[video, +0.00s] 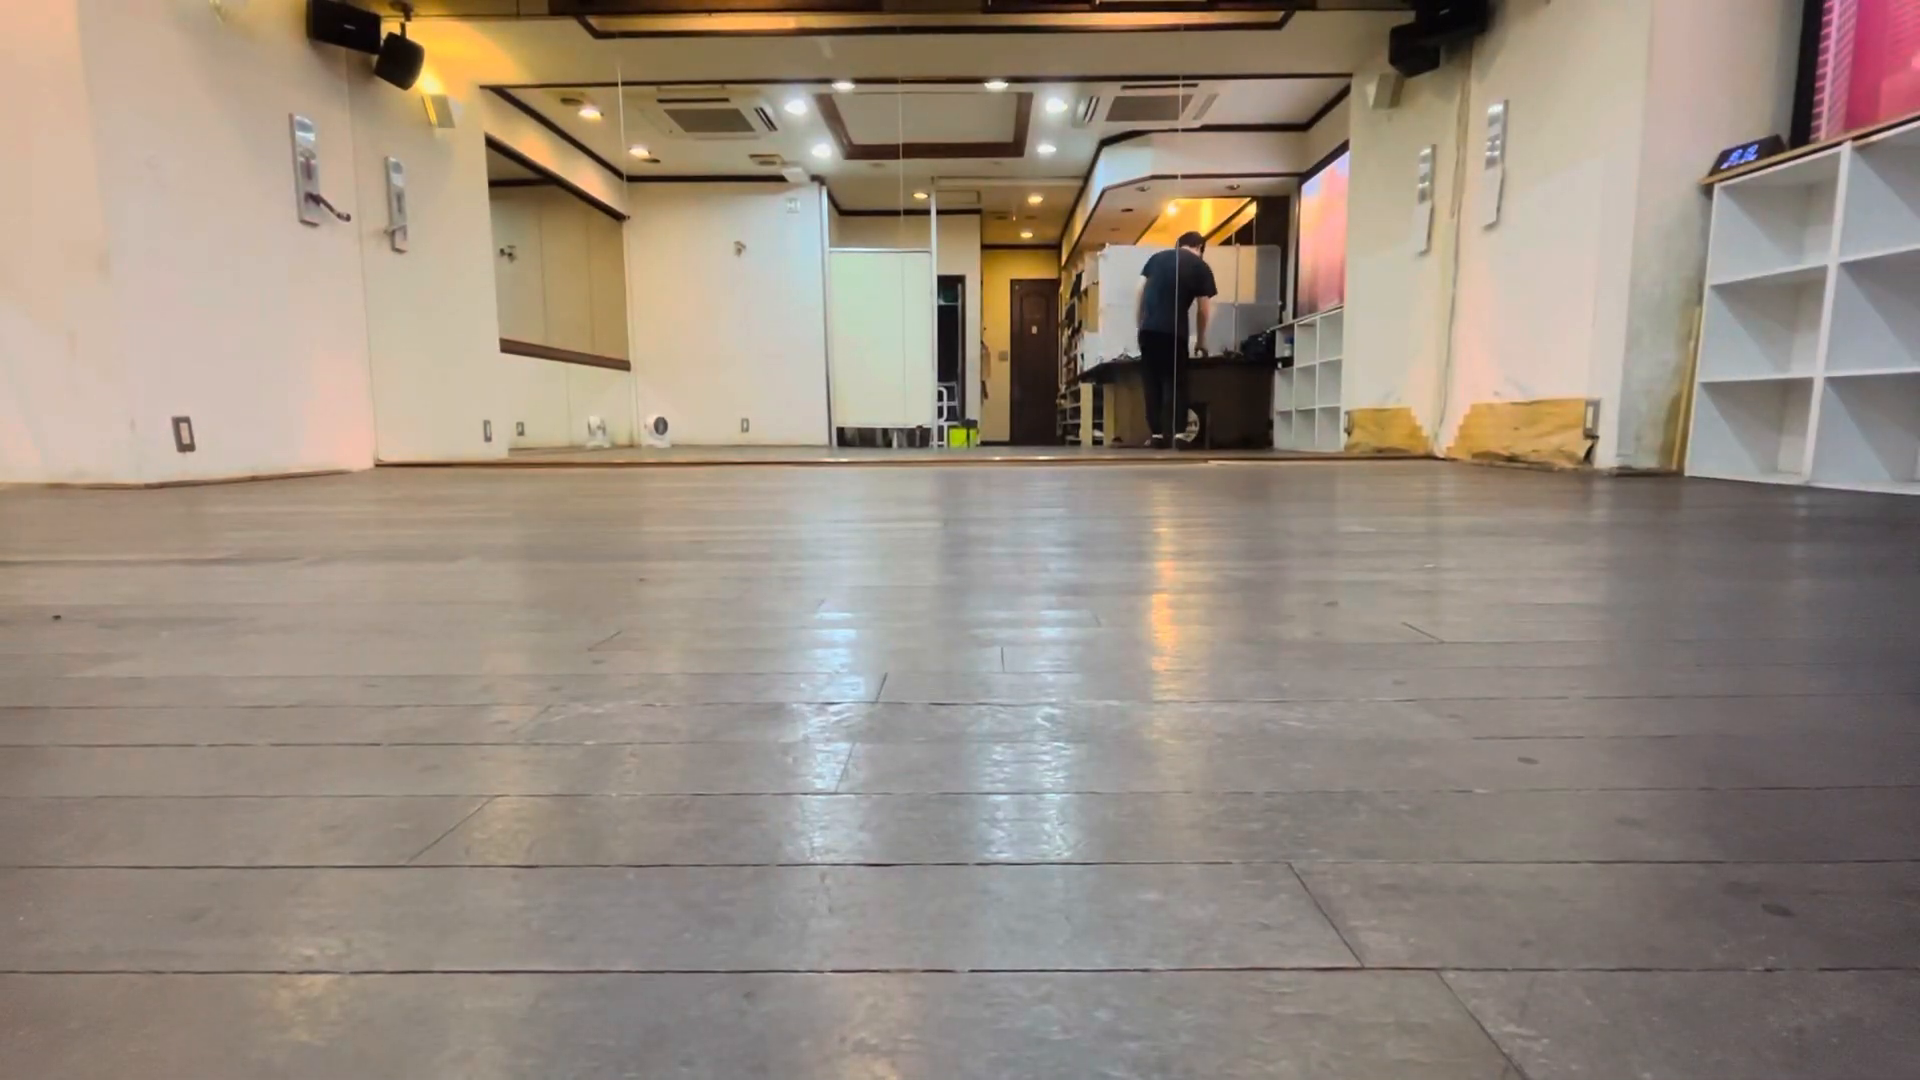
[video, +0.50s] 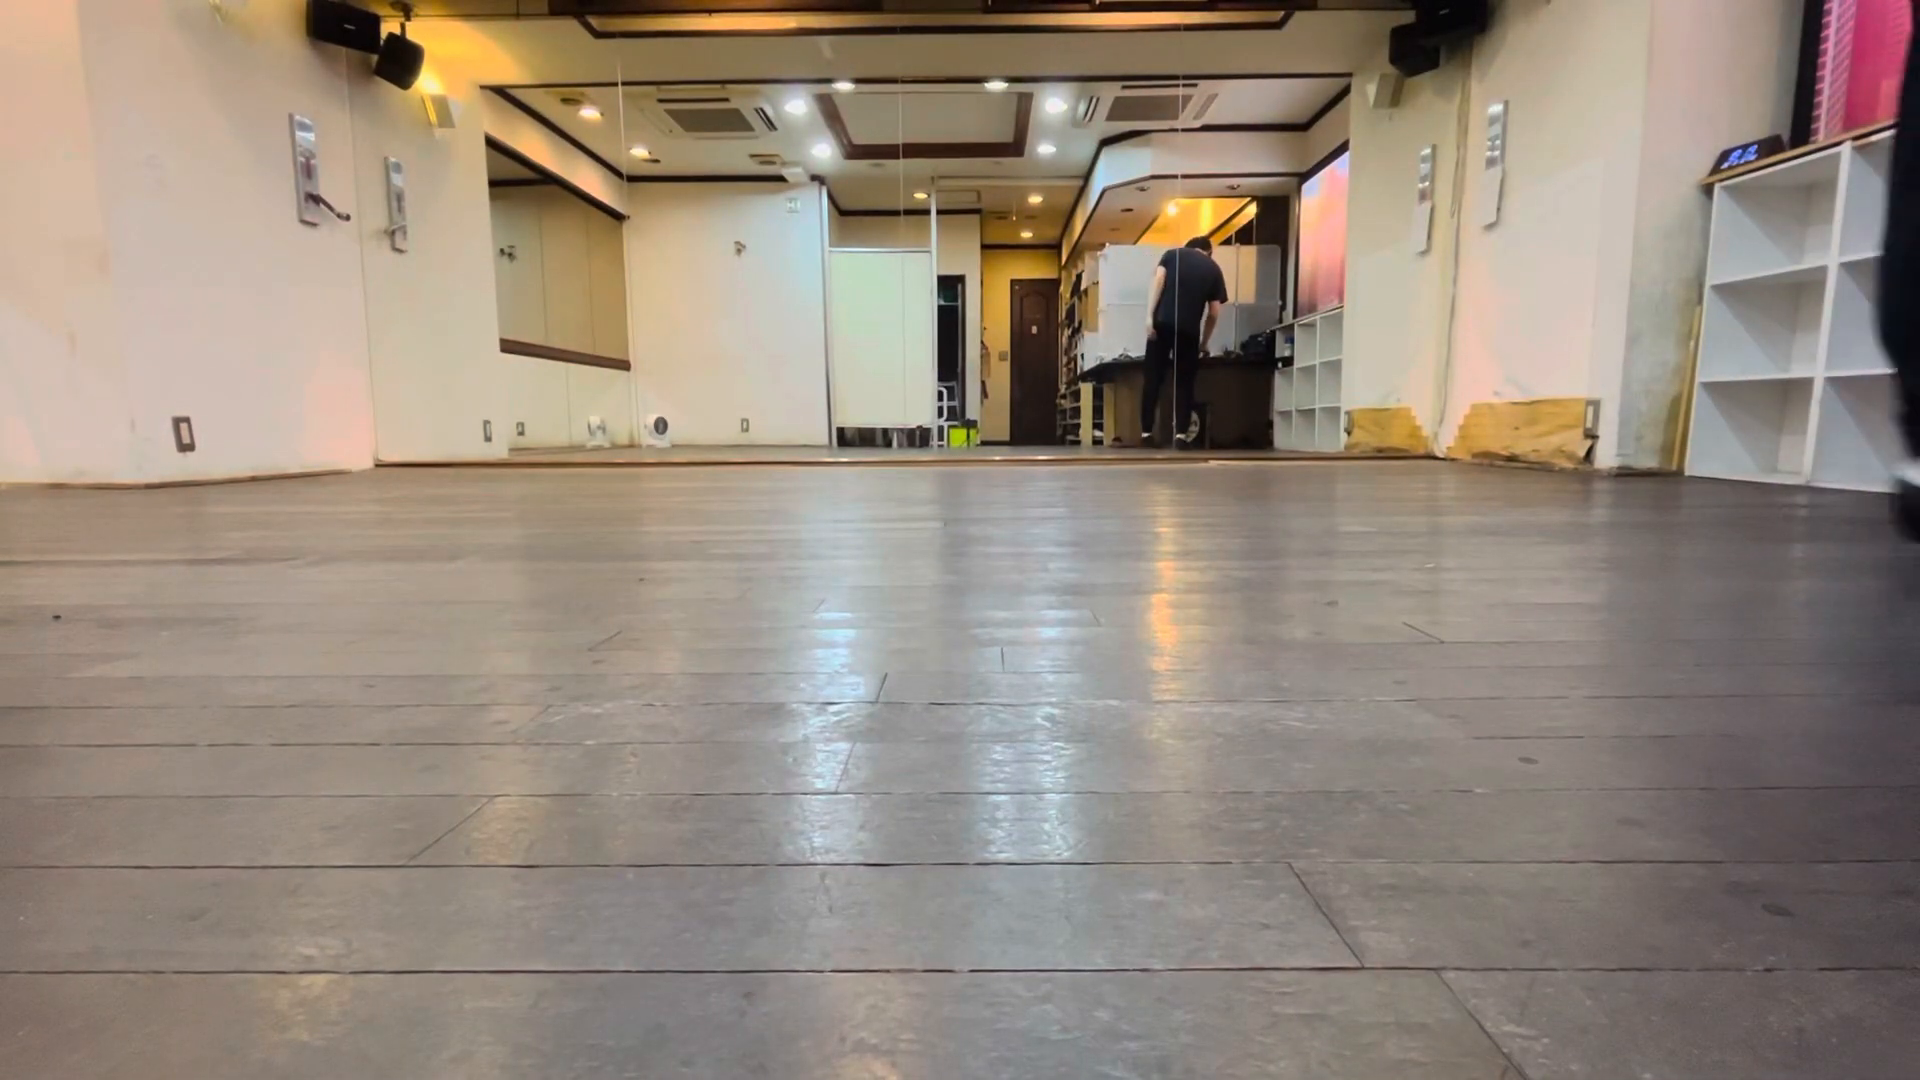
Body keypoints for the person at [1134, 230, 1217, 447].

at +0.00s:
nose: (1201, 254)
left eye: (1201, 251)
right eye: (1202, 251)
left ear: (1179, 244)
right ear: (1199, 248)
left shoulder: (1159, 257)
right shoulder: (1200, 267)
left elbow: (1142, 292)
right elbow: (1203, 310)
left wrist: (1141, 323)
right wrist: (1200, 341)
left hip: (1148, 331)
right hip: (1174, 333)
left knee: (1152, 381)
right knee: (1177, 381)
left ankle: (1156, 432)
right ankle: (1176, 432)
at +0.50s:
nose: (1210, 257)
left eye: (1209, 255)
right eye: (1211, 255)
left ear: (1188, 246)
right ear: (1208, 252)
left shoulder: (1172, 254)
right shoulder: (1213, 269)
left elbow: (1159, 280)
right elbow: (1213, 313)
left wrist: (1150, 317)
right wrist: (1205, 343)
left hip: (1162, 325)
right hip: (1189, 331)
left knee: (1152, 377)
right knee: (1185, 381)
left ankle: (1146, 430)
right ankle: (1181, 433)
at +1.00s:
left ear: (1190, 246)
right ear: (1211, 252)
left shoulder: (1178, 252)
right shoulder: (1218, 270)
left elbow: (1167, 277)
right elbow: (1218, 314)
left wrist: (1153, 314)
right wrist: (1206, 342)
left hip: (1166, 320)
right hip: (1191, 328)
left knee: (1145, 368)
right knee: (1185, 380)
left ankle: (1130, 418)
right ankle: (1180, 433)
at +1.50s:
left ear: (1188, 245)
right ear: (1207, 250)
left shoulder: (1180, 250)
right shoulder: (1217, 270)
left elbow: (1172, 275)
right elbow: (1218, 313)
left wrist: (1158, 310)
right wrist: (1206, 342)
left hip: (1169, 317)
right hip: (1192, 326)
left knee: (1155, 367)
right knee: (1185, 377)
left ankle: (1148, 420)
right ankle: (1181, 433)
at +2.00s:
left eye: (1187, 244)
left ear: (1189, 243)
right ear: (1209, 249)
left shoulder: (1179, 249)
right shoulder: (1218, 268)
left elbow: (1171, 274)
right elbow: (1220, 313)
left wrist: (1156, 309)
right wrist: (1207, 343)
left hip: (1167, 319)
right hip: (1193, 327)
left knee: (1150, 369)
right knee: (1185, 379)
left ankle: (1136, 420)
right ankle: (1183, 434)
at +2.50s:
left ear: (1181, 239)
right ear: (1201, 244)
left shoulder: (1171, 247)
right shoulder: (1210, 263)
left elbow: (1160, 278)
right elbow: (1214, 311)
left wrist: (1149, 314)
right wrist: (1205, 342)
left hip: (1159, 324)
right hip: (1184, 328)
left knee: (1147, 373)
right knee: (1182, 377)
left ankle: (1145, 429)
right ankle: (1182, 433)